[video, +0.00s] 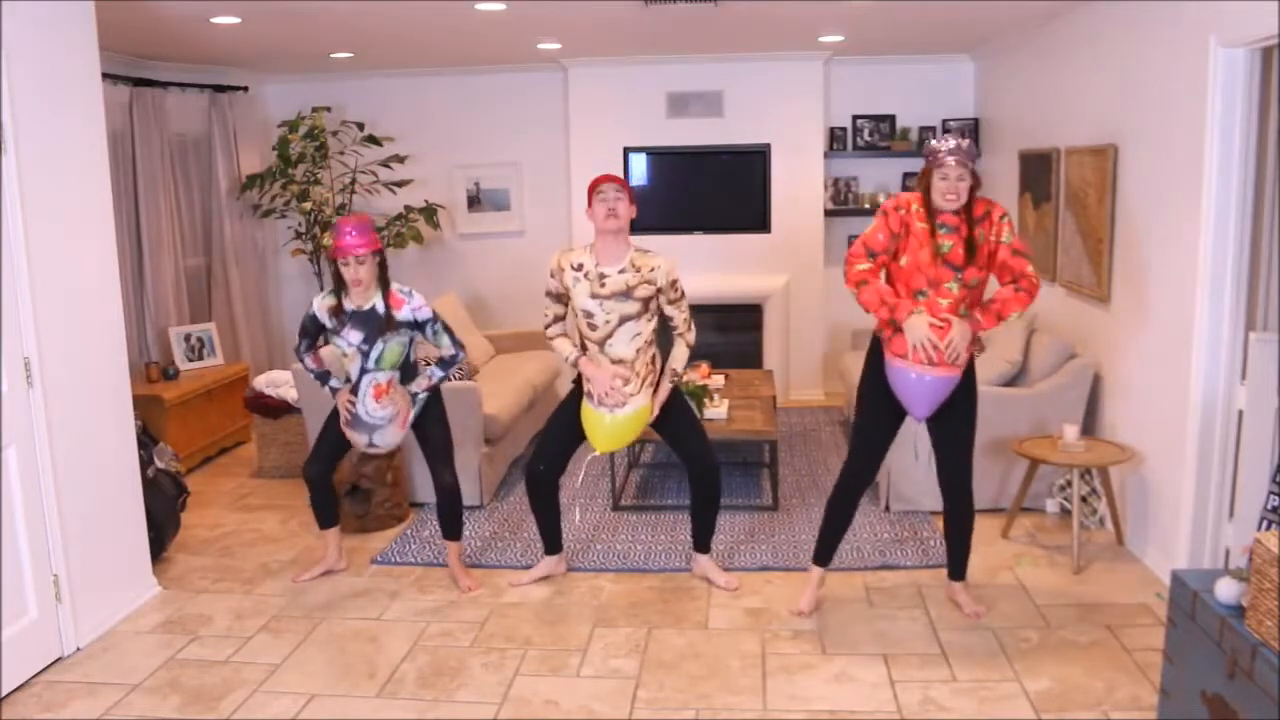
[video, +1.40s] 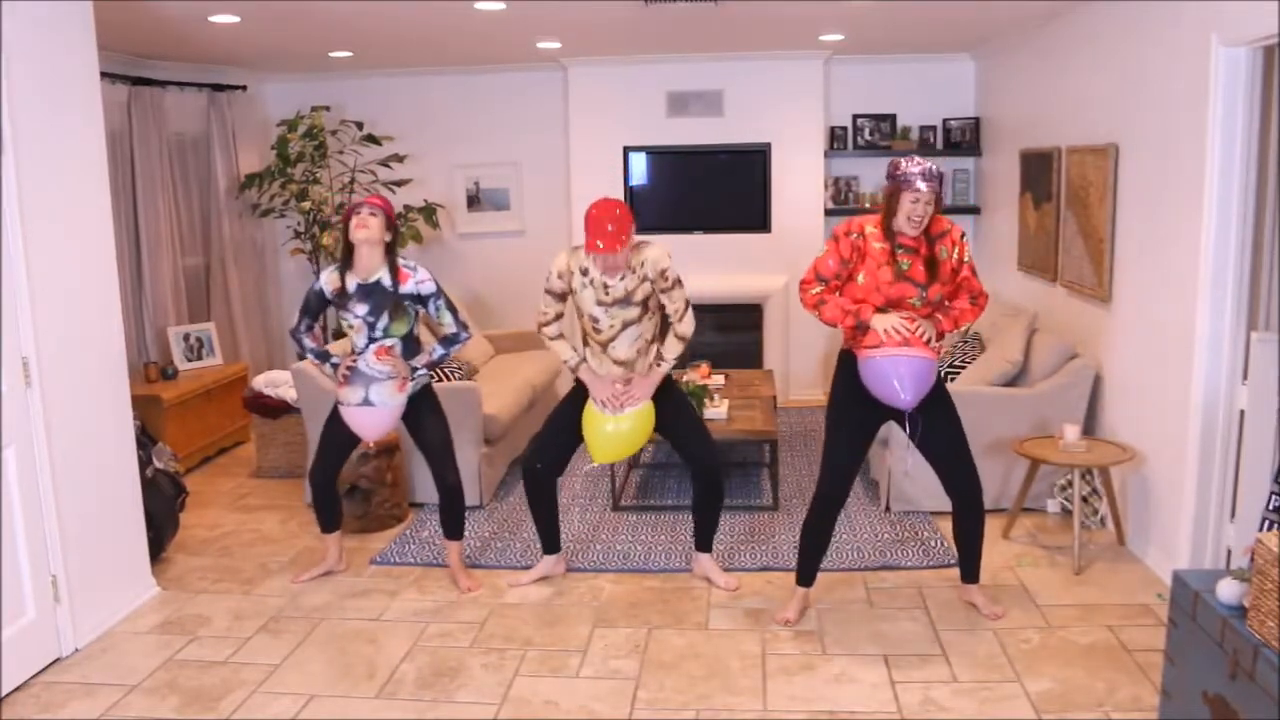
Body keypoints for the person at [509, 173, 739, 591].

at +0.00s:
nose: (611, 205)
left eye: (619, 199)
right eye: (602, 200)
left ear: (633, 211)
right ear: (589, 214)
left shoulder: (656, 269)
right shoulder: (567, 266)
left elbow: (684, 332)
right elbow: (555, 329)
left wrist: (662, 392)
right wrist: (586, 366)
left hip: (651, 386)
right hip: (592, 388)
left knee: (704, 462)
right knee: (540, 468)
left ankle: (702, 556)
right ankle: (553, 556)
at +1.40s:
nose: (610, 263)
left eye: (617, 253)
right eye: (601, 254)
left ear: (631, 239)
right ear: (588, 244)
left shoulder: (653, 260)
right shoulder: (568, 265)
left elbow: (683, 323)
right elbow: (549, 326)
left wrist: (652, 378)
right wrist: (589, 378)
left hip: (652, 381)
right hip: (592, 384)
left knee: (707, 462)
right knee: (537, 465)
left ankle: (703, 555)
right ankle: (552, 556)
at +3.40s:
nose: (611, 260)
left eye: (619, 251)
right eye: (604, 252)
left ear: (635, 232)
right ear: (592, 236)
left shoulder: (662, 258)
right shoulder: (571, 256)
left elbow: (697, 324)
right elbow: (539, 321)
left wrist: (656, 380)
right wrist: (576, 378)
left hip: (648, 396)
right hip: (587, 396)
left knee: (708, 478)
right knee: (531, 484)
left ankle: (701, 558)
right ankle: (552, 558)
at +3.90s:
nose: (611, 205)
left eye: (620, 198)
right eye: (603, 199)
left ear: (635, 207)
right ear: (592, 208)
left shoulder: (661, 254)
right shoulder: (570, 252)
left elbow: (691, 319)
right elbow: (541, 313)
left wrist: (666, 376)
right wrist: (561, 374)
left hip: (644, 389)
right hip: (583, 392)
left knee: (698, 473)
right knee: (536, 480)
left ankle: (701, 558)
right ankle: (551, 558)